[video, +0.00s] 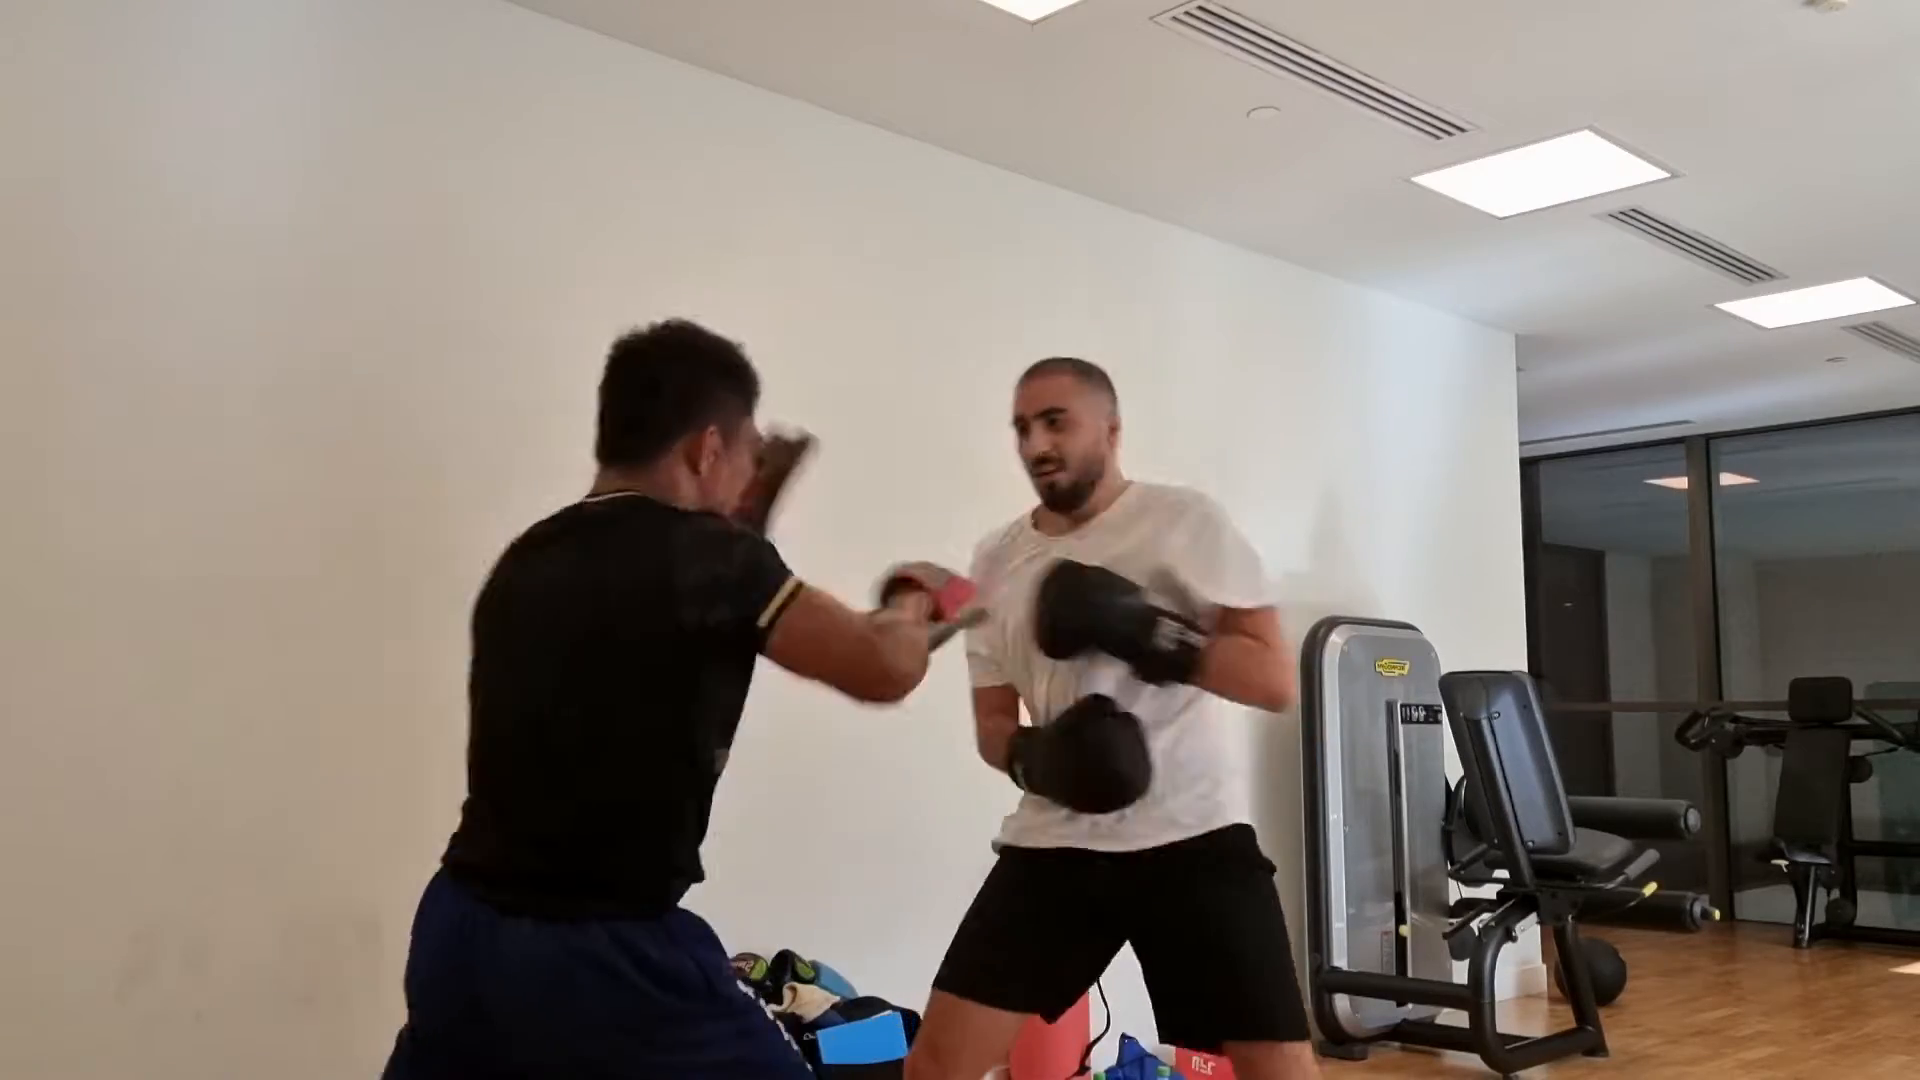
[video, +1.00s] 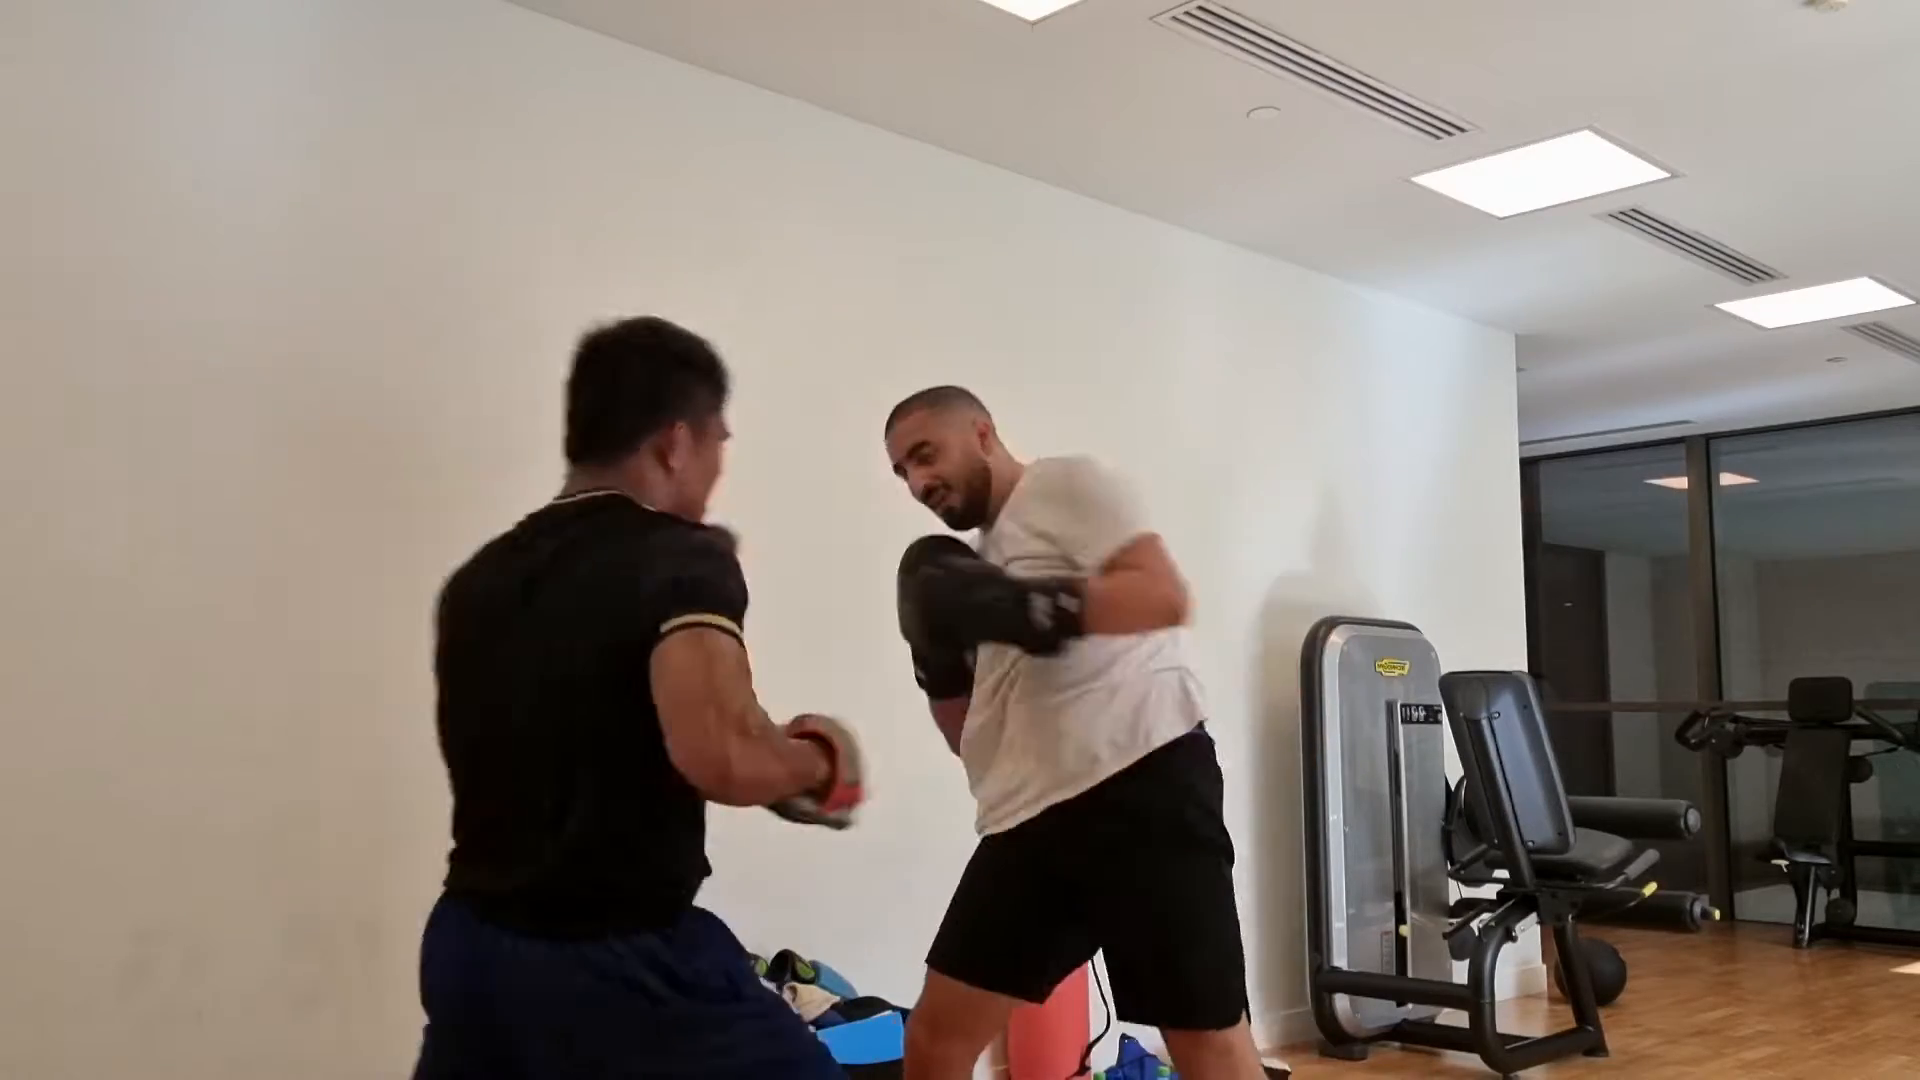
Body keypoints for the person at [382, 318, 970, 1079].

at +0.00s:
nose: (745, 482)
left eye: (754, 466)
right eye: (747, 461)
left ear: (614, 436)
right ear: (706, 449)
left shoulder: (523, 559)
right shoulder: (707, 555)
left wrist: (738, 527)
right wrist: (912, 600)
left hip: (463, 941)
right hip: (622, 958)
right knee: (777, 1063)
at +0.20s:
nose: (600, 520)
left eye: (608, 497)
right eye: (601, 495)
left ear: (465, 480)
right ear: (543, 487)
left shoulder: (357, 602)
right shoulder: (594, 586)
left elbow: (481, 584)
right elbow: (810, 650)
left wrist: (591, 489)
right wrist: (990, 677)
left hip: (382, 1009)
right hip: (572, 1004)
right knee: (729, 1060)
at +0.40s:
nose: (719, 484)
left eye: (723, 460)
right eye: (716, 459)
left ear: (588, 442)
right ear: (672, 456)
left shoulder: (541, 552)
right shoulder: (604, 563)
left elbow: (721, 653)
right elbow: (760, 701)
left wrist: (713, 520)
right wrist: (807, 599)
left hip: (454, 950)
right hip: (561, 967)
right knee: (726, 1062)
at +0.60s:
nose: (696, 469)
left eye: (703, 450)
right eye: (698, 448)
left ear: (564, 433)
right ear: (660, 435)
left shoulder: (449, 562)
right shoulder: (686, 527)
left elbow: (437, 683)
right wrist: (857, 469)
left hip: (483, 946)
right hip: (668, 943)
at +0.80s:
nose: (793, 461)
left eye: (798, 437)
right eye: (793, 434)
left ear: (662, 419)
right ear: (748, 431)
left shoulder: (568, 544)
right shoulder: (704, 544)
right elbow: (799, 729)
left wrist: (892, 655)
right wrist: (923, 635)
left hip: (509, 929)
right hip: (651, 947)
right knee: (816, 1065)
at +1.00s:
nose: (721, 461)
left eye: (723, 439)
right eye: (717, 438)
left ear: (582, 436)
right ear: (674, 444)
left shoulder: (476, 579)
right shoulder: (676, 555)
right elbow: (719, 756)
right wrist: (815, 755)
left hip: (474, 963)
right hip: (634, 973)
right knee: (801, 1061)